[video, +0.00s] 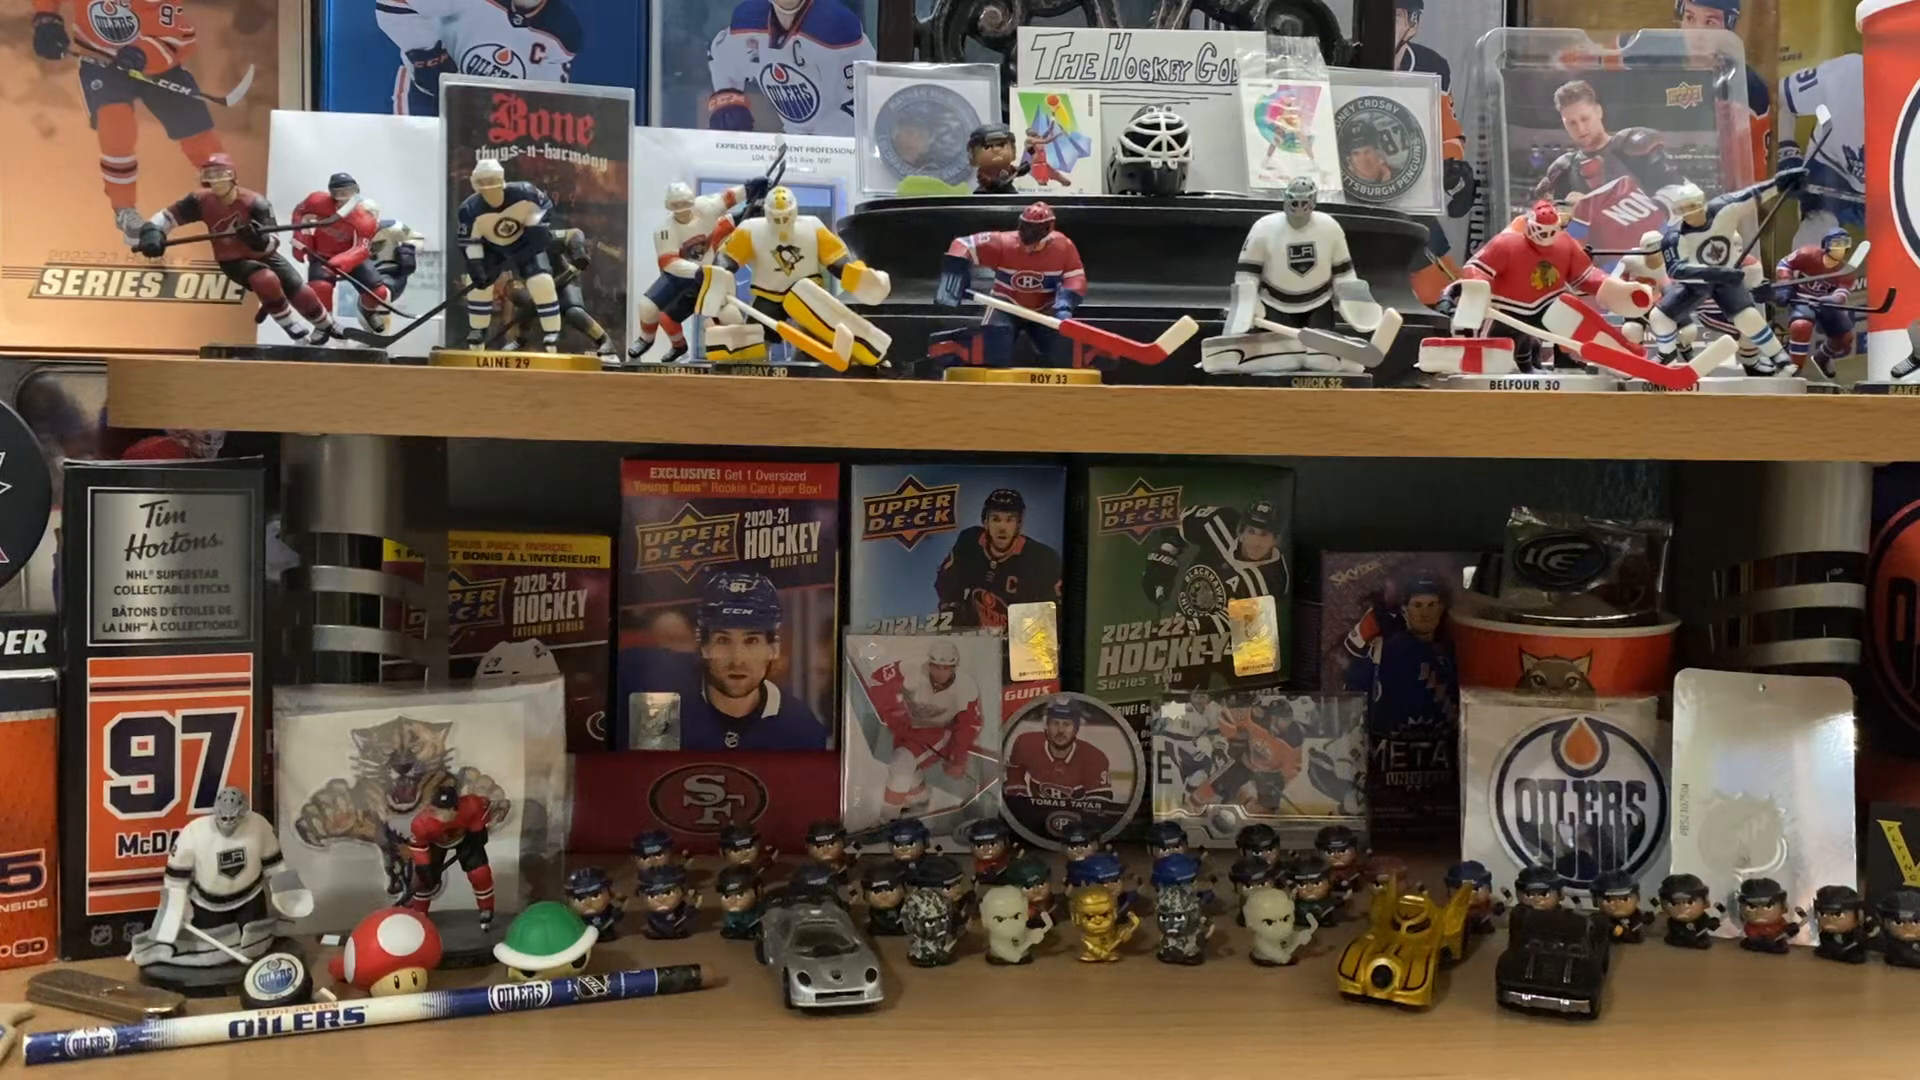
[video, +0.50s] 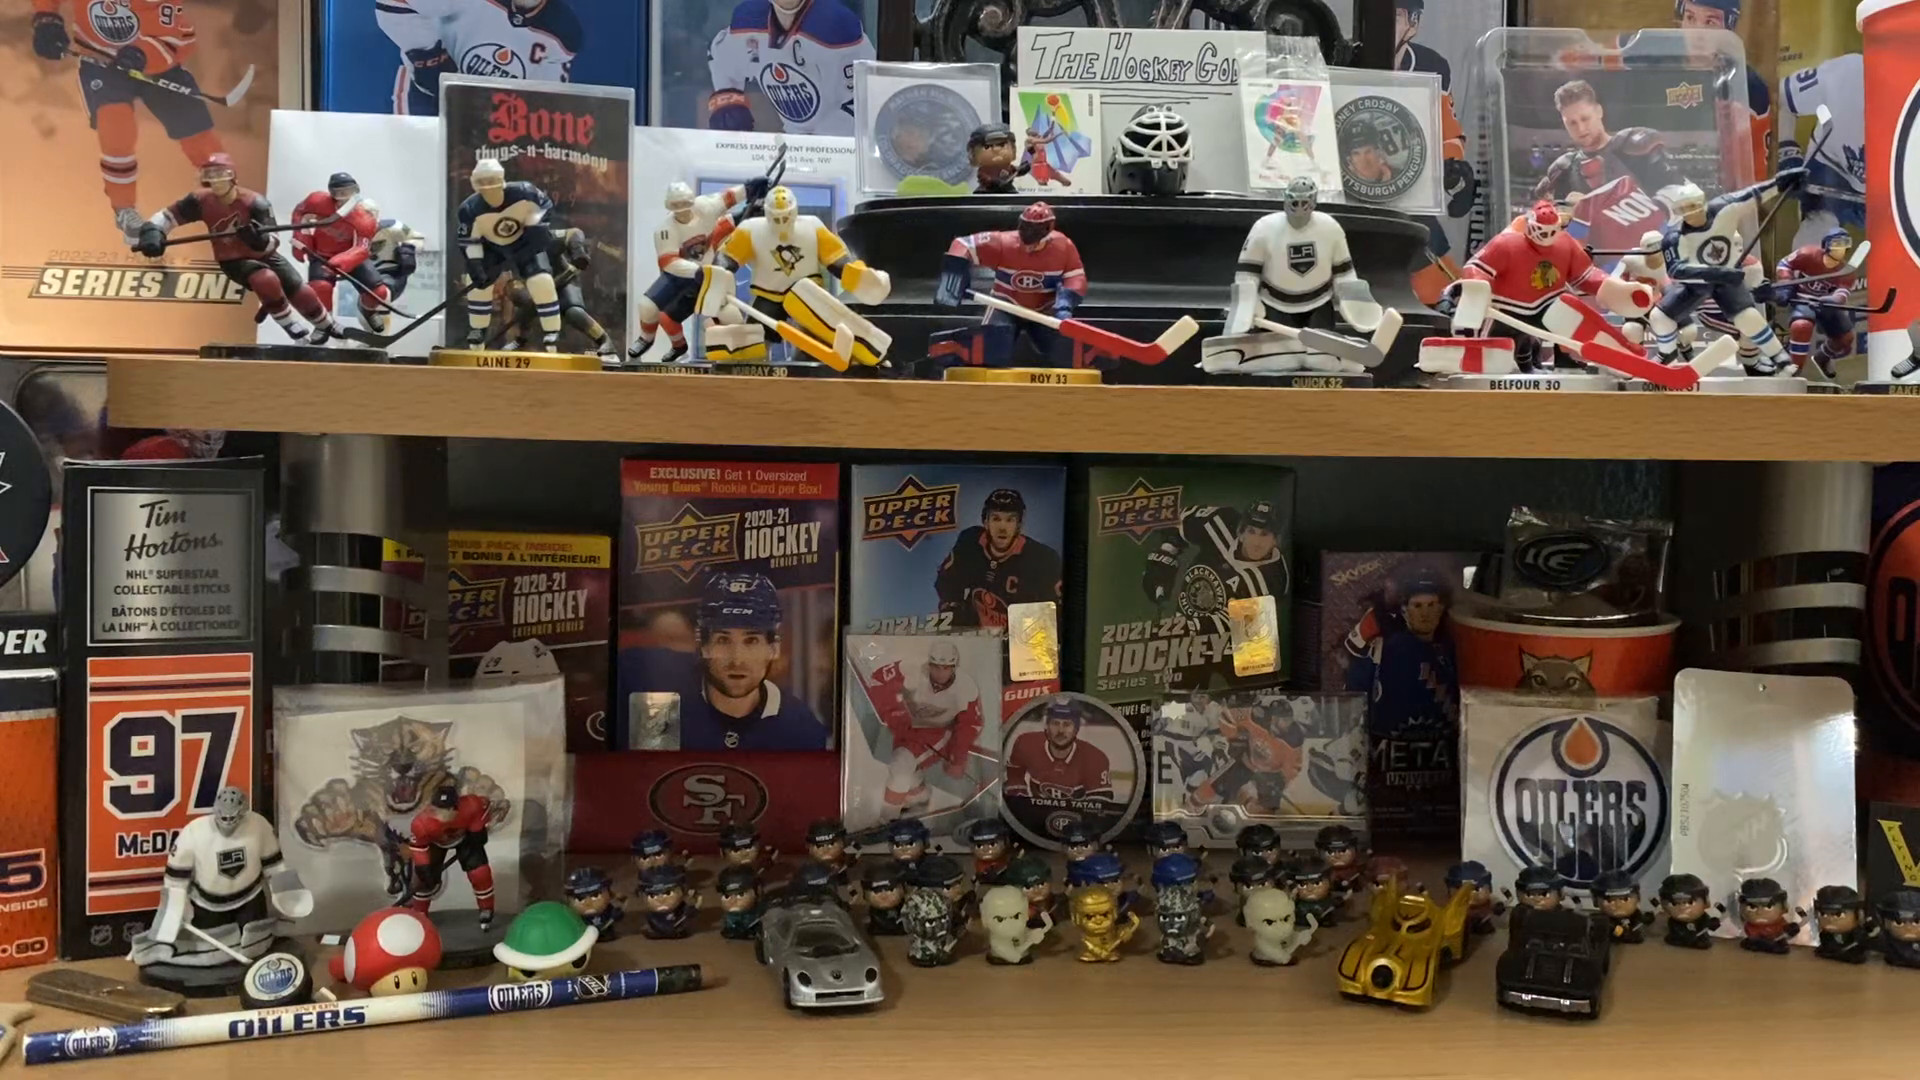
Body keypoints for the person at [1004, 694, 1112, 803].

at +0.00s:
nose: (1060, 730)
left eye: (1066, 724)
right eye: (1055, 724)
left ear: (1076, 729)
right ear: (1047, 726)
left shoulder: (1094, 758)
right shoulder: (1025, 744)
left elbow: (1099, 801)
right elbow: (1014, 786)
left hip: (1075, 819)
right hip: (1033, 814)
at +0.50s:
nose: (1060, 730)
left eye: (1067, 724)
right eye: (1055, 724)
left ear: (1076, 729)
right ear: (1047, 726)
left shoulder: (1095, 758)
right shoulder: (1025, 744)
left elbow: (1099, 802)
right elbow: (1014, 780)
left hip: (1075, 817)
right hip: (1033, 813)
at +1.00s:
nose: (1060, 730)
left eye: (1066, 724)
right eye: (1055, 724)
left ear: (1076, 729)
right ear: (1047, 726)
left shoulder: (1095, 758)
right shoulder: (1025, 744)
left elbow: (1100, 800)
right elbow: (1014, 778)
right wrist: (1022, 806)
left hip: (1075, 818)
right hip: (1034, 813)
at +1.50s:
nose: (1060, 730)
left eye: (1066, 724)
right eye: (1055, 724)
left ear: (1076, 729)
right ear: (1047, 726)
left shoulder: (1095, 758)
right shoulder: (1025, 744)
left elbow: (1099, 802)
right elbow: (1014, 777)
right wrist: (1021, 804)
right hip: (1034, 811)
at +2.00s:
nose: (1060, 730)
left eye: (1067, 724)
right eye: (1055, 724)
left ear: (1076, 729)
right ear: (1047, 726)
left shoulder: (1095, 758)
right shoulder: (1025, 744)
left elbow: (1099, 801)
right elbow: (1014, 778)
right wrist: (1023, 807)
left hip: (1075, 817)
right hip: (1034, 812)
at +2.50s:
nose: (1060, 730)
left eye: (1067, 724)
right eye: (1055, 724)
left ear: (1077, 729)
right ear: (1046, 727)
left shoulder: (1095, 758)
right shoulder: (1026, 744)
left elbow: (1099, 800)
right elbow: (1014, 777)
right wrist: (1023, 806)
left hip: (1075, 816)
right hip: (1035, 811)